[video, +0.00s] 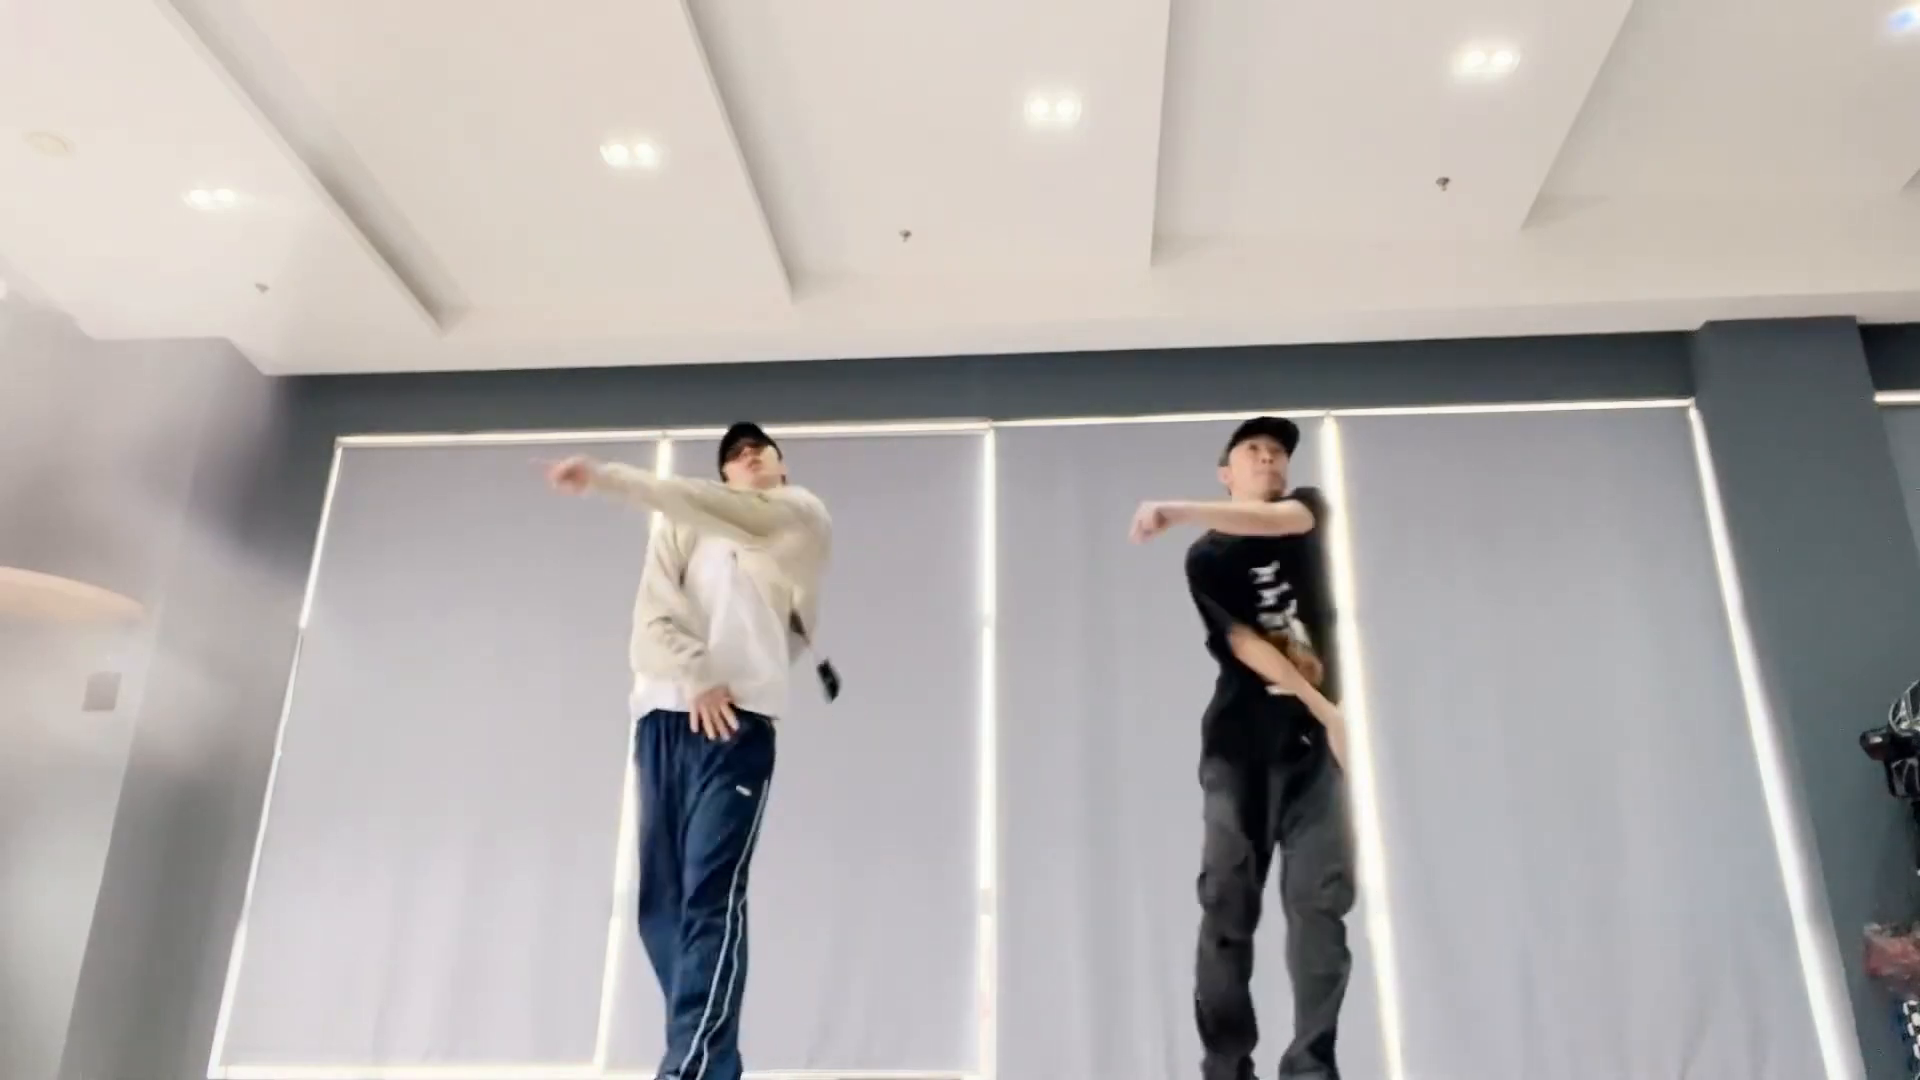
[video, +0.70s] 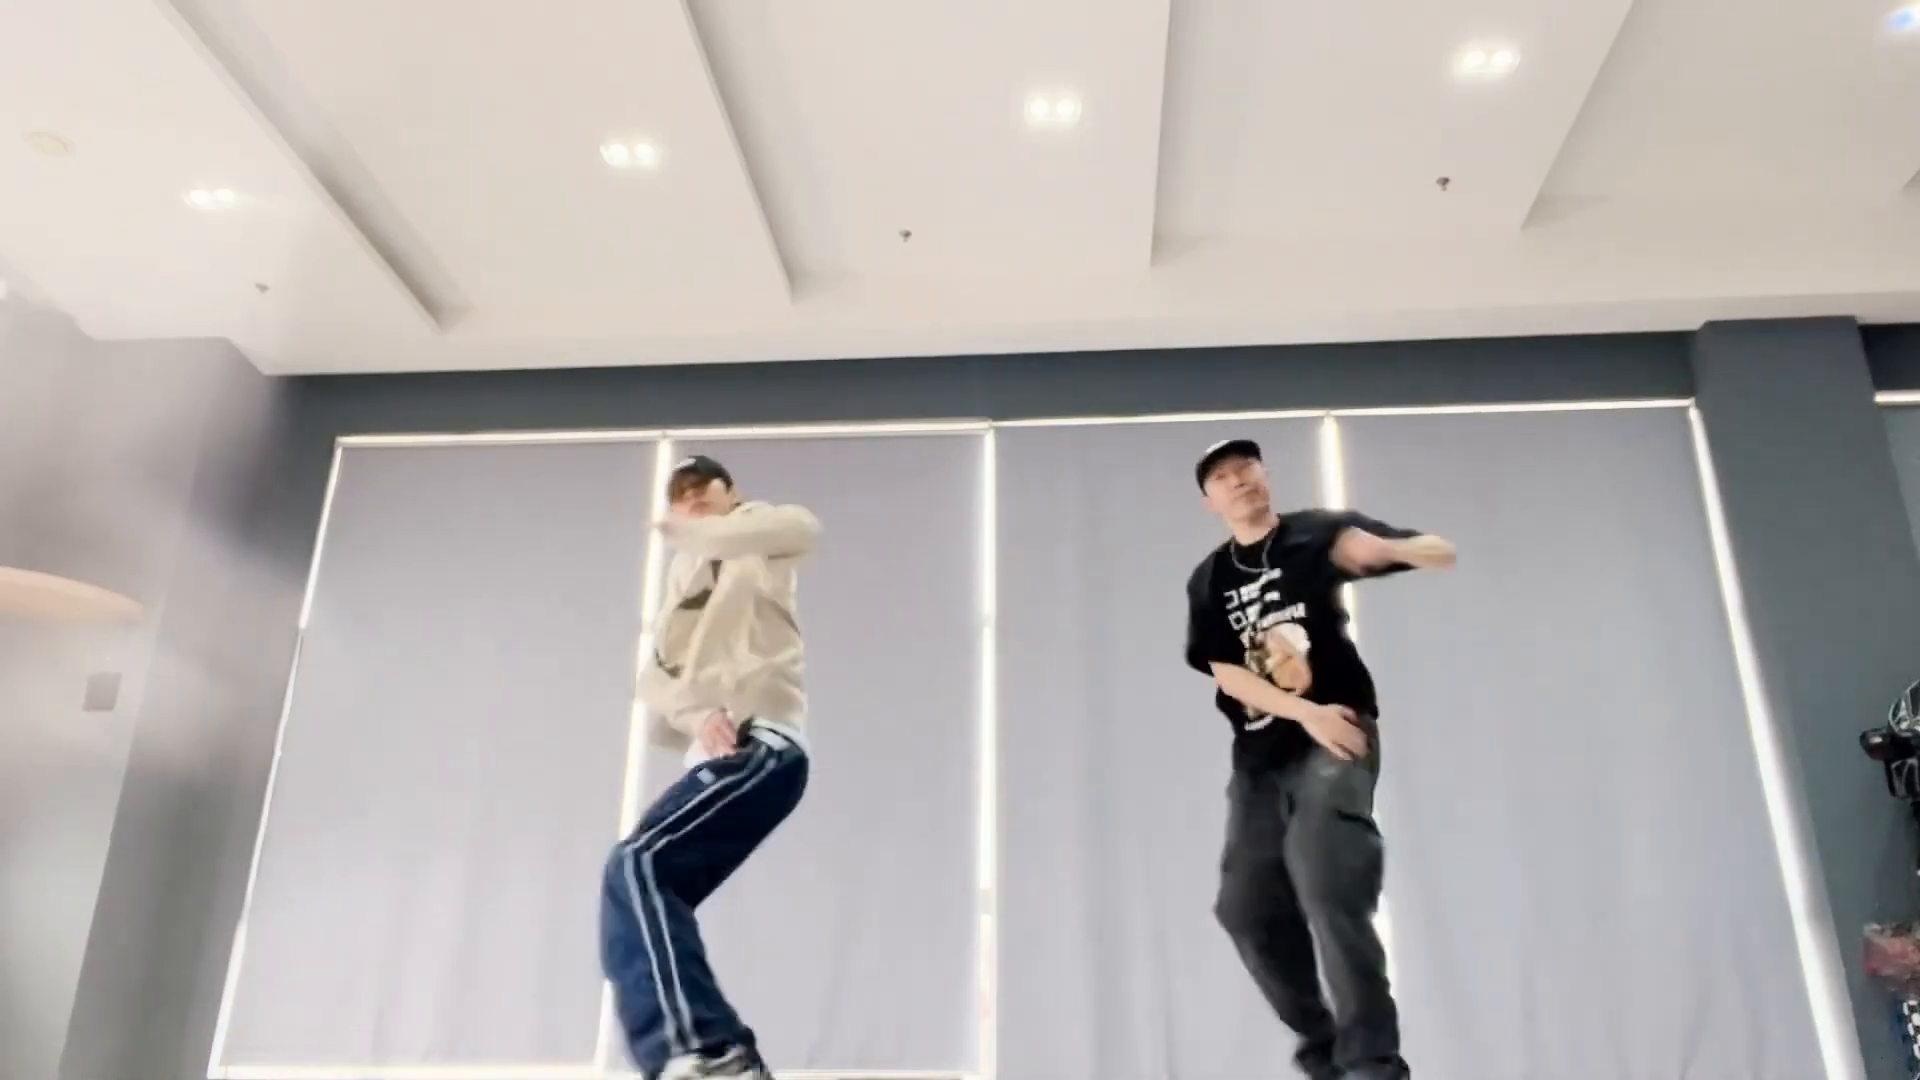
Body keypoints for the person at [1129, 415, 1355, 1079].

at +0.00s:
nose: (1266, 463)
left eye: (1276, 455)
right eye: (1252, 454)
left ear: (1289, 471)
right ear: (1224, 472)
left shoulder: (1311, 511)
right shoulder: (1208, 557)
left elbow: (1278, 519)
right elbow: (1245, 644)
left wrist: (1181, 511)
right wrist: (1325, 709)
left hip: (1316, 736)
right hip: (1240, 740)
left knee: (1319, 898)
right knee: (1228, 901)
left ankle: (1313, 1065)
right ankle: (1226, 1068)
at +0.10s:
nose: (1250, 468)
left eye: (1260, 459)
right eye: (1237, 459)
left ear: (1274, 475)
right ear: (1213, 477)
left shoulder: (1302, 520)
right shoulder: (1194, 563)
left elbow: (1333, 559)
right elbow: (1210, 657)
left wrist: (1247, 525)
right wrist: (1283, 710)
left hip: (1310, 731)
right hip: (1238, 745)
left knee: (1316, 880)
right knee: (1231, 900)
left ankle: (1328, 1047)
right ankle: (1270, 1038)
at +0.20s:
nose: (1233, 494)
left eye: (1244, 484)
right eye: (1219, 486)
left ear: (1261, 500)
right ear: (1198, 506)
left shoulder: (1295, 554)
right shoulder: (1200, 586)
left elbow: (1415, 589)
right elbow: (1204, 676)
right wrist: (1248, 719)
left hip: (1308, 741)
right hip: (1259, 760)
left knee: (1267, 889)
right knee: (1219, 912)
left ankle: (1384, 1058)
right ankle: (1298, 1060)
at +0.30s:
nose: (1232, 508)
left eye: (1241, 499)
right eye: (1218, 501)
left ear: (1257, 514)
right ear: (1196, 522)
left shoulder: (1294, 565)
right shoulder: (1199, 615)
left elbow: (1413, 590)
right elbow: (1207, 698)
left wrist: (1346, 554)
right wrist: (1254, 743)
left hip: (1316, 766)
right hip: (1270, 781)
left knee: (1268, 906)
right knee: (1229, 922)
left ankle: (1377, 1069)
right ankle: (1288, 1070)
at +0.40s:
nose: (1241, 474)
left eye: (1248, 467)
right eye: (1223, 468)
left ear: (1262, 482)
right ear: (1198, 492)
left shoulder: (1298, 523)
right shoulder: (1193, 582)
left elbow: (1324, 539)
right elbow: (1231, 669)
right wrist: (1322, 711)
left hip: (1340, 728)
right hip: (1265, 751)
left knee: (1334, 868)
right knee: (1226, 909)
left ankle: (1372, 1064)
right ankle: (1311, 1065)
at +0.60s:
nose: (1256, 481)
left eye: (1258, 473)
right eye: (1237, 476)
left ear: (1270, 483)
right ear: (1209, 499)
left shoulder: (1309, 526)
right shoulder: (1208, 586)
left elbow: (1301, 541)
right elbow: (1258, 674)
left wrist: (1208, 516)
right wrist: (1354, 722)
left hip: (1348, 758)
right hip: (1272, 770)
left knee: (1392, 878)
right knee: (1281, 913)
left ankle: (1384, 1062)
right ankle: (1252, 1068)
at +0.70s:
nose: (1242, 481)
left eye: (1247, 469)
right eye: (1225, 478)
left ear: (1265, 477)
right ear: (1211, 502)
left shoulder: (1313, 533)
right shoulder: (1208, 580)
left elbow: (1365, 549)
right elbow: (1227, 675)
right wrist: (1307, 712)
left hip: (1331, 739)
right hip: (1259, 759)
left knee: (1324, 878)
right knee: (1246, 905)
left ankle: (1372, 1061)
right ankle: (1324, 1046)